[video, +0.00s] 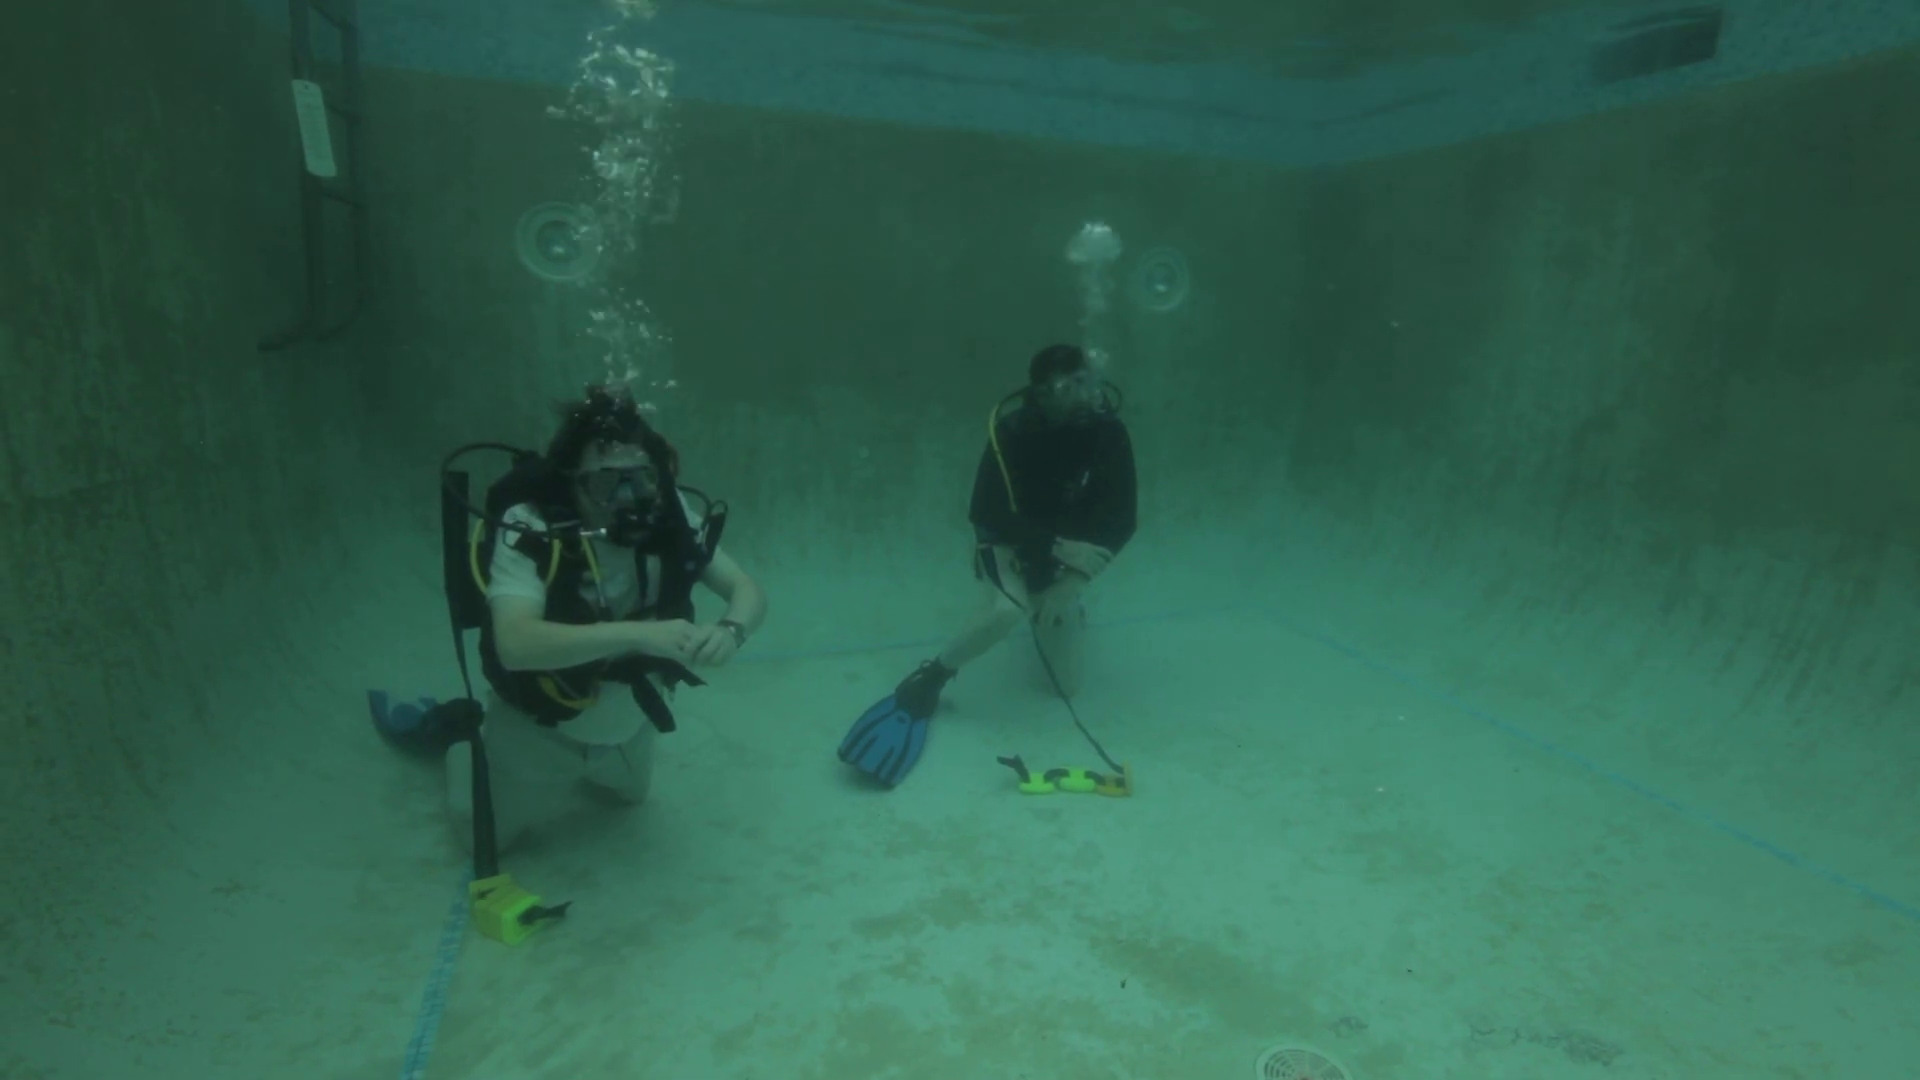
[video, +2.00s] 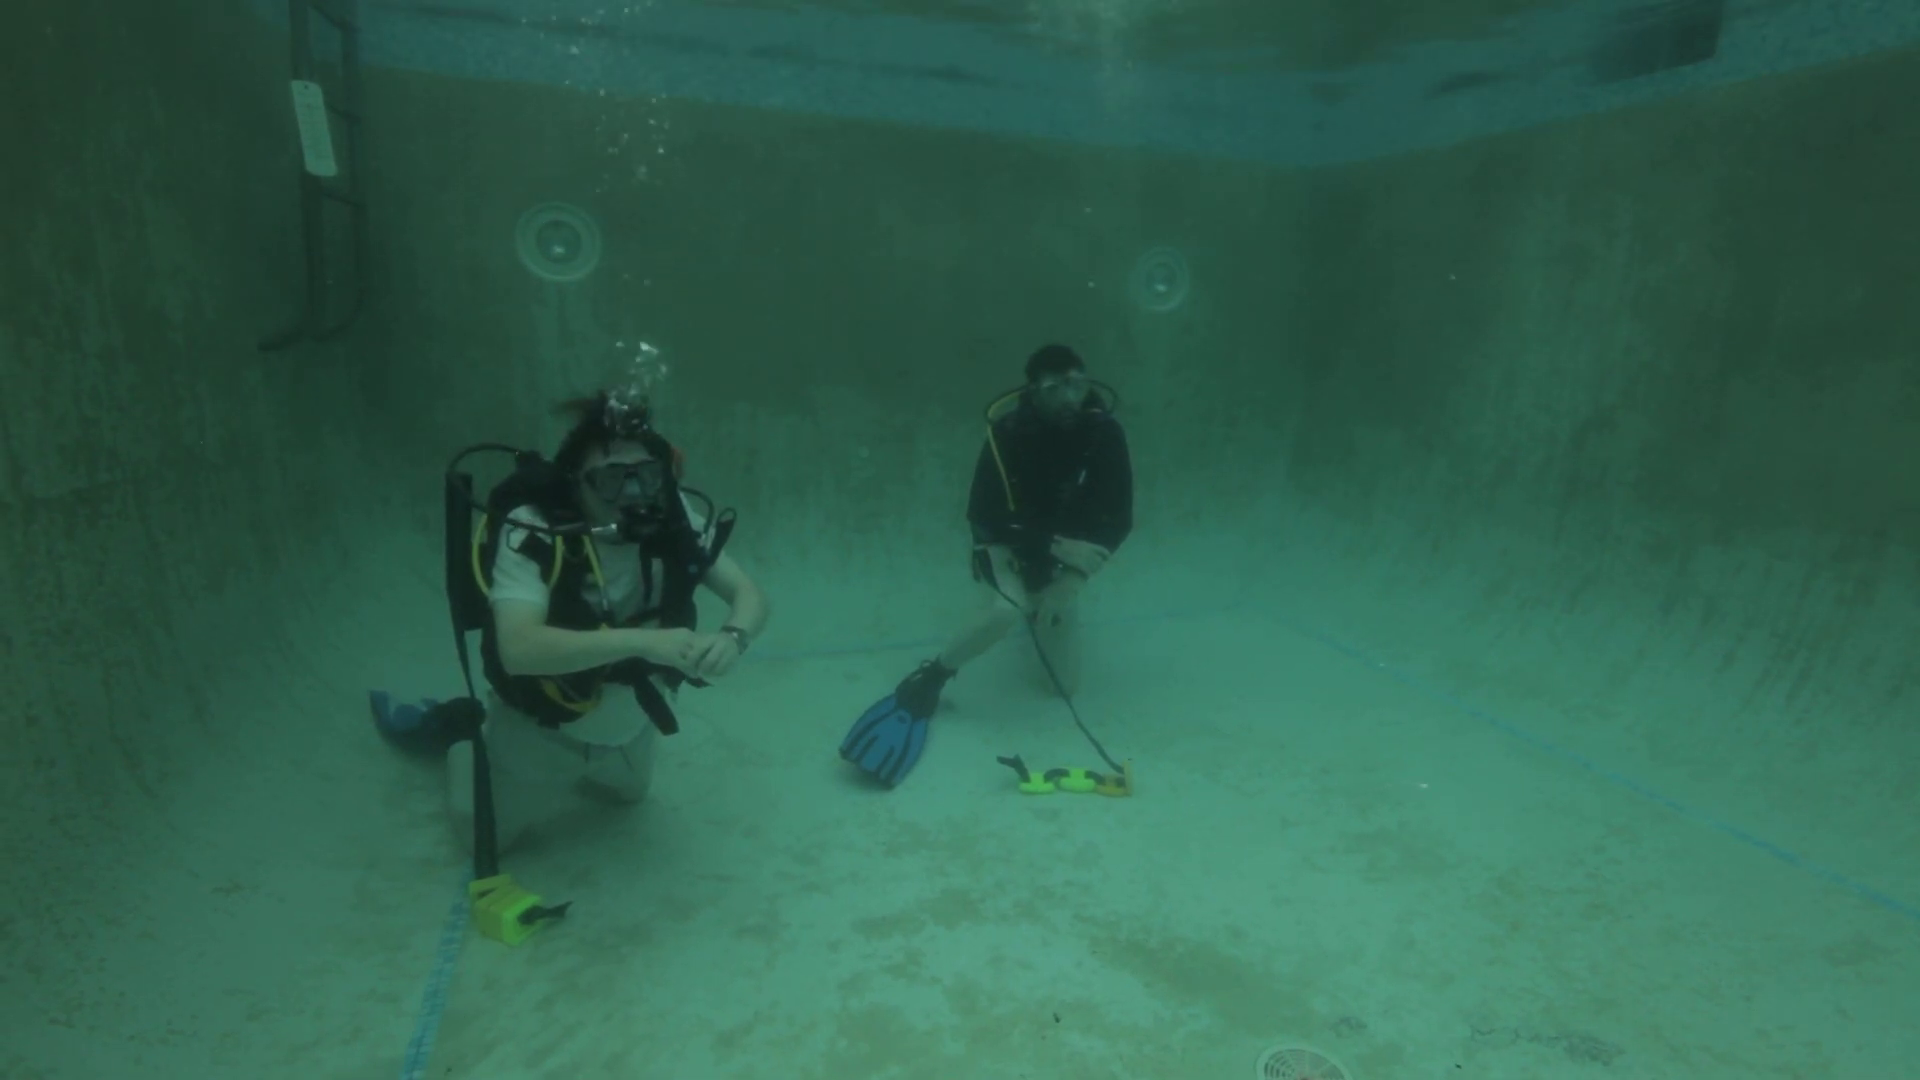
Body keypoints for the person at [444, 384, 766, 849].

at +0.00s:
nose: (624, 498)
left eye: (636, 480)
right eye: (605, 483)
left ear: (658, 477)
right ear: (572, 482)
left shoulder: (670, 517)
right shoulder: (528, 525)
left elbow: (746, 590)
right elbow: (515, 644)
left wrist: (732, 629)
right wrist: (642, 636)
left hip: (627, 708)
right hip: (539, 716)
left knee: (629, 787)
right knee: (485, 835)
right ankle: (460, 729)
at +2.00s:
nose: (630, 495)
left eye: (643, 478)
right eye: (611, 479)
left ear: (663, 476)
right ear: (576, 479)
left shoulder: (673, 519)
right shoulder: (531, 527)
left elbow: (748, 593)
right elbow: (518, 649)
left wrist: (734, 636)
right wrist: (648, 643)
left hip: (627, 712)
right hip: (539, 719)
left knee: (628, 786)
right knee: (485, 836)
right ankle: (462, 728)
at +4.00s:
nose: (648, 503)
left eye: (652, 483)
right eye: (628, 492)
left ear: (660, 473)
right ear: (579, 497)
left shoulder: (659, 517)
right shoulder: (522, 528)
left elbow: (743, 587)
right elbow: (513, 643)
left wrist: (728, 628)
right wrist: (640, 633)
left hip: (626, 715)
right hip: (537, 723)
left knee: (628, 788)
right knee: (490, 836)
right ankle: (462, 729)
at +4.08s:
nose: (647, 502)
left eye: (651, 482)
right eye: (627, 490)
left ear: (659, 473)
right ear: (578, 495)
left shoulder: (658, 516)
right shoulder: (521, 527)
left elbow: (742, 586)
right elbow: (513, 643)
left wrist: (727, 627)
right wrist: (639, 632)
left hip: (626, 713)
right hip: (537, 723)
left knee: (629, 787)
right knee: (490, 837)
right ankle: (461, 729)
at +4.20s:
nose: (647, 499)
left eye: (650, 478)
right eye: (625, 490)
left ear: (659, 466)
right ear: (576, 498)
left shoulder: (660, 511)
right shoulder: (521, 526)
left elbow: (741, 585)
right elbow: (513, 643)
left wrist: (727, 625)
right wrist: (639, 631)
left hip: (627, 715)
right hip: (538, 724)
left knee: (629, 787)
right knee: (491, 836)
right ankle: (463, 730)